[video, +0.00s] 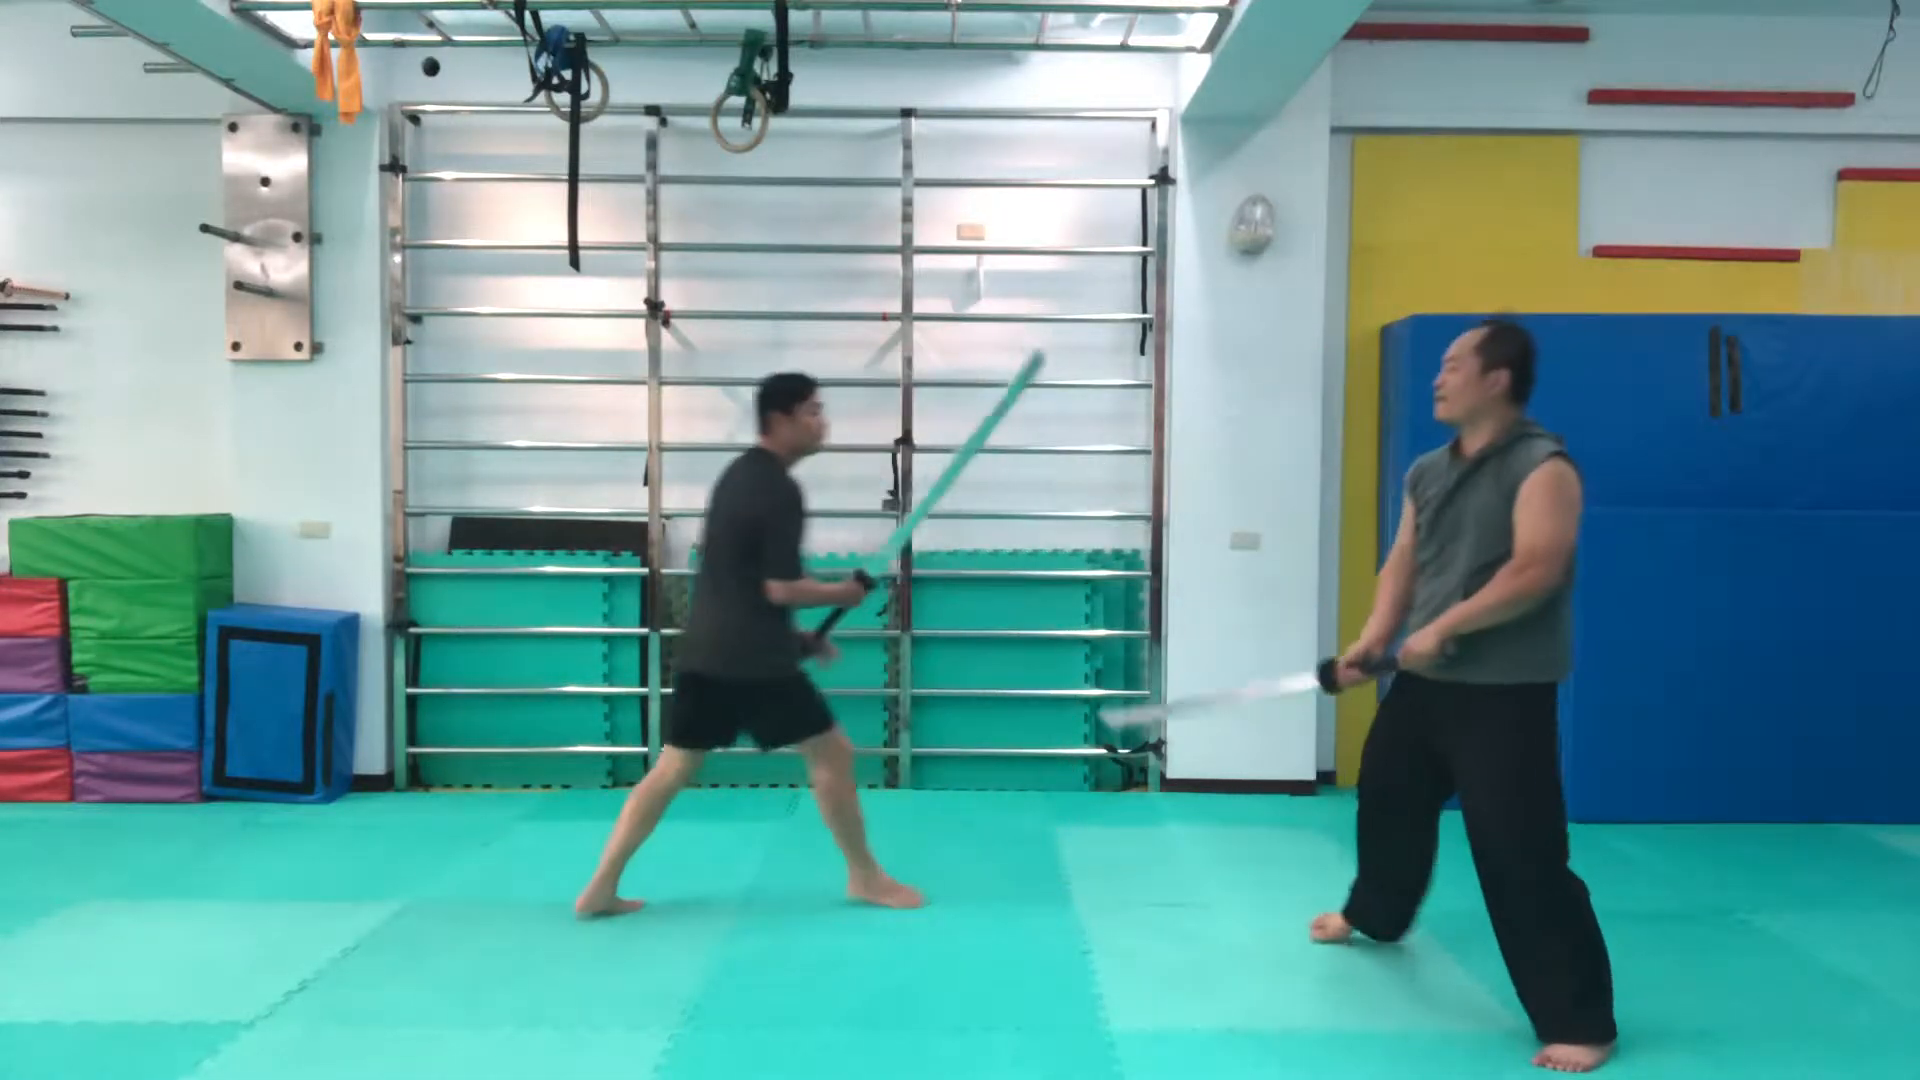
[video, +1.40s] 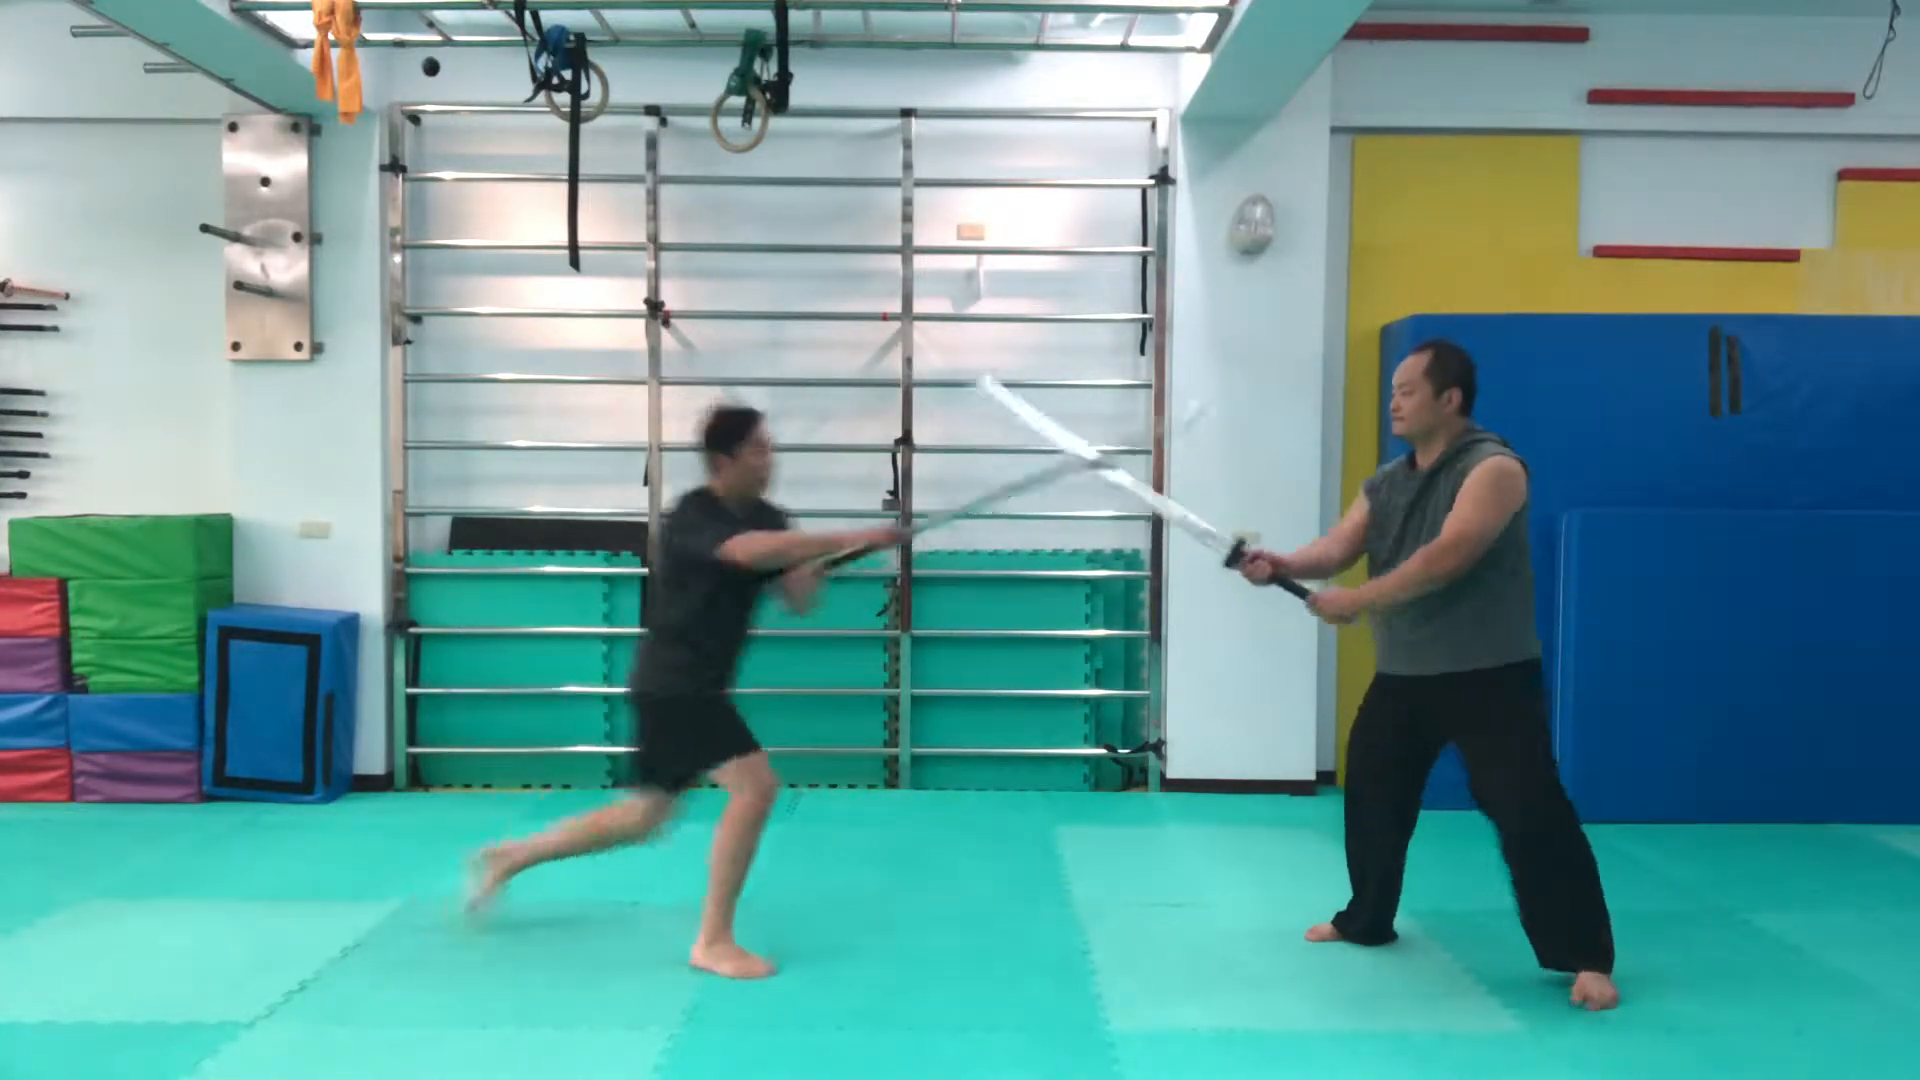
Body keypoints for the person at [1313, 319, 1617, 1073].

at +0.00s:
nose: (1438, 378)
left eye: (1453, 368)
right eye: (1441, 367)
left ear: (1500, 381)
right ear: (1474, 383)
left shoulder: (1543, 467)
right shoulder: (1428, 473)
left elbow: (1539, 570)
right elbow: (1401, 568)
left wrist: (1444, 630)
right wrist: (1371, 641)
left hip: (1504, 698)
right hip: (1423, 691)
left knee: (1524, 864)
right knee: (1388, 796)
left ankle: (1581, 1027)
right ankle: (1377, 914)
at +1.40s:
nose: (1393, 402)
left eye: (1405, 392)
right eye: (1393, 392)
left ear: (1450, 399)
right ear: (1415, 402)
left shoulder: (1494, 468)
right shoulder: (1387, 484)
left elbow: (1451, 554)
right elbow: (1338, 545)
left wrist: (1358, 598)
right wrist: (1282, 565)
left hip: (1493, 679)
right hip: (1405, 679)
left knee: (1533, 814)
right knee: (1373, 791)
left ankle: (1589, 961)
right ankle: (1368, 919)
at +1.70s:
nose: (1422, 440)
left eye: (1431, 427)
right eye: (1420, 427)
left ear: (1480, 427)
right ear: (1461, 430)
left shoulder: (1540, 474)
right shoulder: (1431, 493)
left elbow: (1464, 543)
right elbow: (1367, 549)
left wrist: (1369, 571)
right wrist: (1305, 600)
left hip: (1562, 686)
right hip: (1473, 687)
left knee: (1578, 839)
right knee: (1412, 786)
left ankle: (1627, 998)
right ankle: (1379, 913)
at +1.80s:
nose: (1417, 464)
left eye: (1423, 447)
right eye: (1411, 450)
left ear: (1467, 435)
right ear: (1450, 442)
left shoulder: (1527, 461)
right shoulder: (1461, 486)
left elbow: (1438, 538)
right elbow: (1418, 578)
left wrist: (1378, 594)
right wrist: (1357, 632)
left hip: (1570, 667)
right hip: (1490, 661)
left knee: (1584, 830)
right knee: (1401, 725)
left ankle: (1631, 995)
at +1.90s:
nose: (1397, 467)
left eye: (1402, 453)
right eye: (1392, 455)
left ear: (1445, 441)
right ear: (1440, 448)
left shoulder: (1500, 455)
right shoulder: (1463, 498)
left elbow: (1405, 501)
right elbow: (1451, 573)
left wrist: (1350, 538)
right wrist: (1371, 590)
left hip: (1573, 664)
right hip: (1505, 667)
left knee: (1586, 821)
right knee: (1398, 651)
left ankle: (1631, 994)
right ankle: (1494, 778)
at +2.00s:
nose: (1387, 450)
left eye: (1391, 440)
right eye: (1386, 440)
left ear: (1419, 430)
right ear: (1420, 436)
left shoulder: (1487, 452)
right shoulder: (1453, 509)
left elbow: (1386, 449)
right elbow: (1410, 561)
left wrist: (1323, 471)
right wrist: (1329, 520)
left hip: (1558, 671)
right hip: (1496, 666)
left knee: (1577, 828)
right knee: (1381, 637)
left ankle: (1638, 993)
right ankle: (1404, 789)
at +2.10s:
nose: (1378, 448)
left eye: (1384, 432)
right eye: (1376, 434)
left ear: (1414, 420)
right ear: (1399, 430)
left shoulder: (1474, 453)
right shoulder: (1426, 495)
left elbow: (1368, 410)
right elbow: (1364, 530)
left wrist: (1297, 412)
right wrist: (1299, 478)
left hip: (1527, 681)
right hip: (1457, 678)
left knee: (1551, 836)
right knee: (1354, 677)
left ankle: (1645, 992)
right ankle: (1305, 821)